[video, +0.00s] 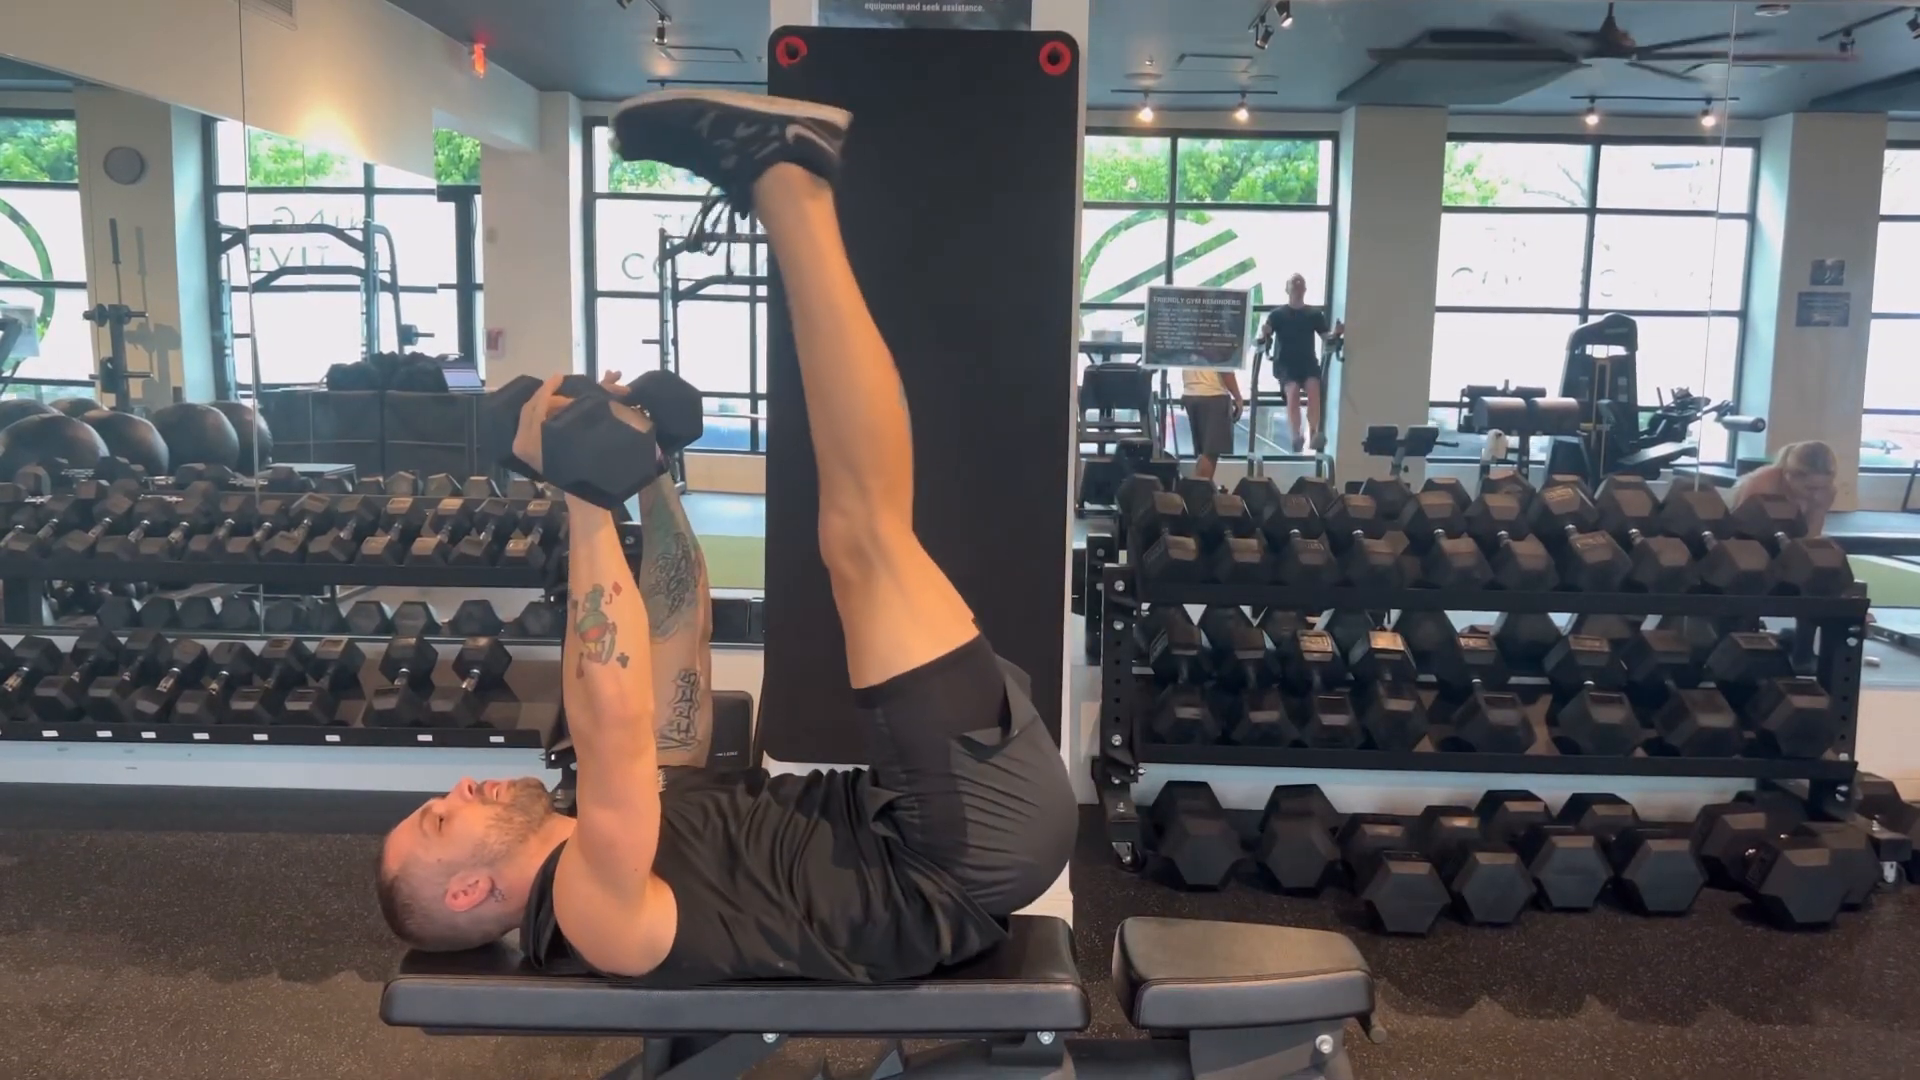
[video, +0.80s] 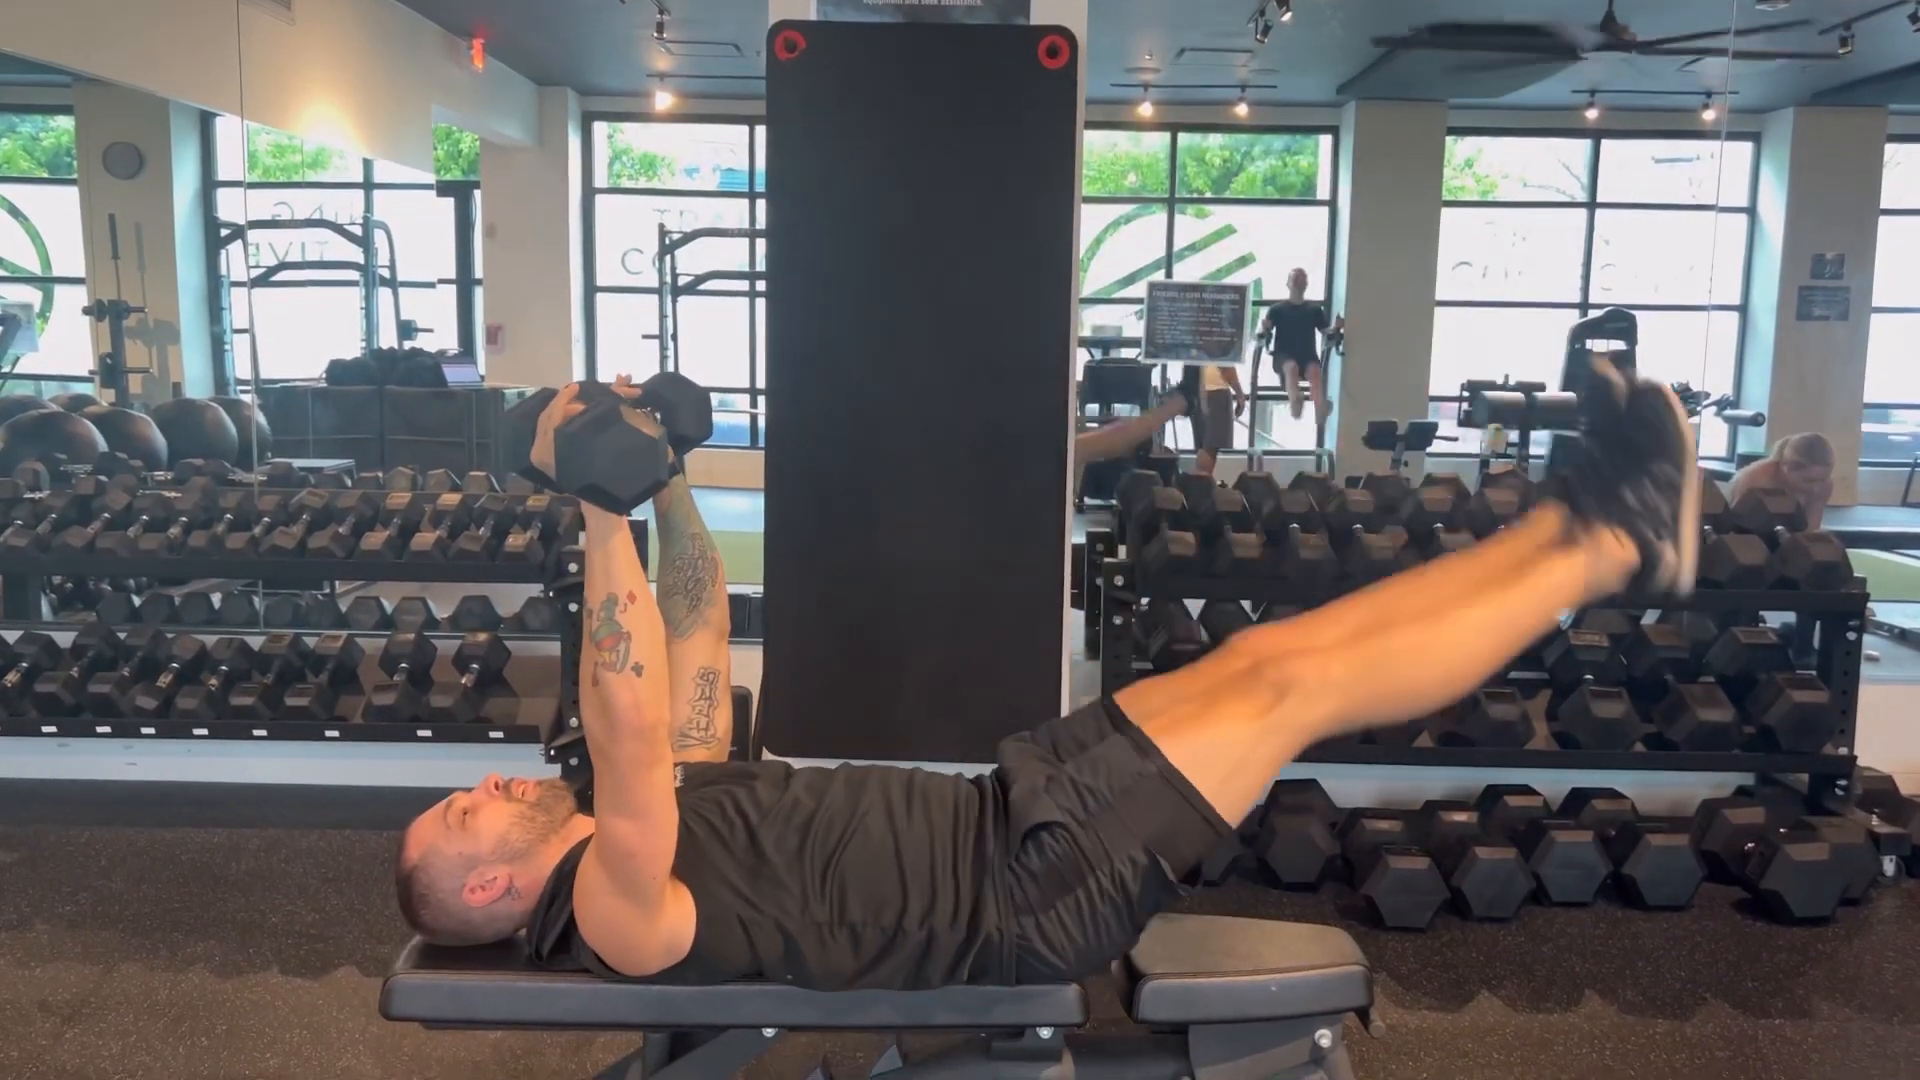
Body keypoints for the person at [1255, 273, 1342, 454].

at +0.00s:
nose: (1298, 286)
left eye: (1300, 284)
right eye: (1294, 284)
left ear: (1305, 288)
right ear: (1287, 289)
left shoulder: (1314, 314)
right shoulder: (1277, 314)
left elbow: (1326, 338)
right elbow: (1262, 341)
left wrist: (1336, 334)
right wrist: (1264, 335)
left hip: (1308, 359)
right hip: (1286, 360)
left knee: (1314, 387)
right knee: (1293, 390)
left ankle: (1314, 435)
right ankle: (1296, 437)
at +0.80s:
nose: (1300, 284)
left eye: (1303, 281)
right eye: (1296, 281)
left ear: (1306, 284)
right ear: (1288, 284)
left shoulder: (1314, 309)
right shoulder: (1277, 309)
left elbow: (1325, 331)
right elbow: (1263, 337)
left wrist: (1336, 328)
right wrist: (1265, 329)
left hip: (1307, 353)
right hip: (1284, 353)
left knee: (1315, 370)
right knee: (1291, 367)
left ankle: (1320, 413)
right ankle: (1295, 406)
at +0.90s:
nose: (1298, 285)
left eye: (1301, 280)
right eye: (1295, 280)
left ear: (1306, 283)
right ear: (1288, 283)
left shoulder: (1314, 307)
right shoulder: (1277, 308)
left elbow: (1326, 332)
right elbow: (1263, 335)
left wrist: (1336, 327)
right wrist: (1265, 327)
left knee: (1319, 340)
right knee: (1293, 338)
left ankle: (1322, 381)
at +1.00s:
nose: (1298, 287)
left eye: (1302, 284)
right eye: (1296, 283)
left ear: (1306, 285)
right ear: (1289, 284)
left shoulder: (1315, 306)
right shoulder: (1277, 306)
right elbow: (1262, 335)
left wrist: (1336, 327)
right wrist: (1265, 326)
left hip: (1308, 356)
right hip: (1284, 358)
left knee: (1316, 318)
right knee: (1290, 321)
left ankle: (1318, 333)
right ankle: (1303, 333)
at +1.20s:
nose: (1298, 287)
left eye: (1301, 284)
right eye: (1295, 284)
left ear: (1306, 284)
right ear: (1289, 283)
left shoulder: (1315, 304)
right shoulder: (1278, 304)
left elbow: (1323, 331)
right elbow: (1264, 329)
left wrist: (1336, 325)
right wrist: (1266, 323)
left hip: (1308, 355)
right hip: (1284, 356)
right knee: (1288, 317)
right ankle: (1299, 319)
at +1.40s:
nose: (1298, 283)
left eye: (1301, 279)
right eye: (1295, 279)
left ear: (1306, 280)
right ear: (1288, 280)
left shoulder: (1315, 304)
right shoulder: (1278, 303)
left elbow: (1326, 328)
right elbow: (1266, 326)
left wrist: (1337, 323)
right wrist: (1265, 322)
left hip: (1311, 348)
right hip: (1286, 350)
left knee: (1318, 336)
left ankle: (1325, 369)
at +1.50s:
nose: (1298, 280)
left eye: (1301, 277)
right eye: (1295, 277)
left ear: (1306, 279)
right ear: (1288, 279)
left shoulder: (1314, 304)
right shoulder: (1278, 303)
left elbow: (1326, 326)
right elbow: (1266, 324)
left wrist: (1336, 322)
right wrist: (1265, 321)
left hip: (1307, 349)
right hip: (1283, 349)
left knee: (1317, 353)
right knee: (1293, 354)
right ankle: (1300, 392)